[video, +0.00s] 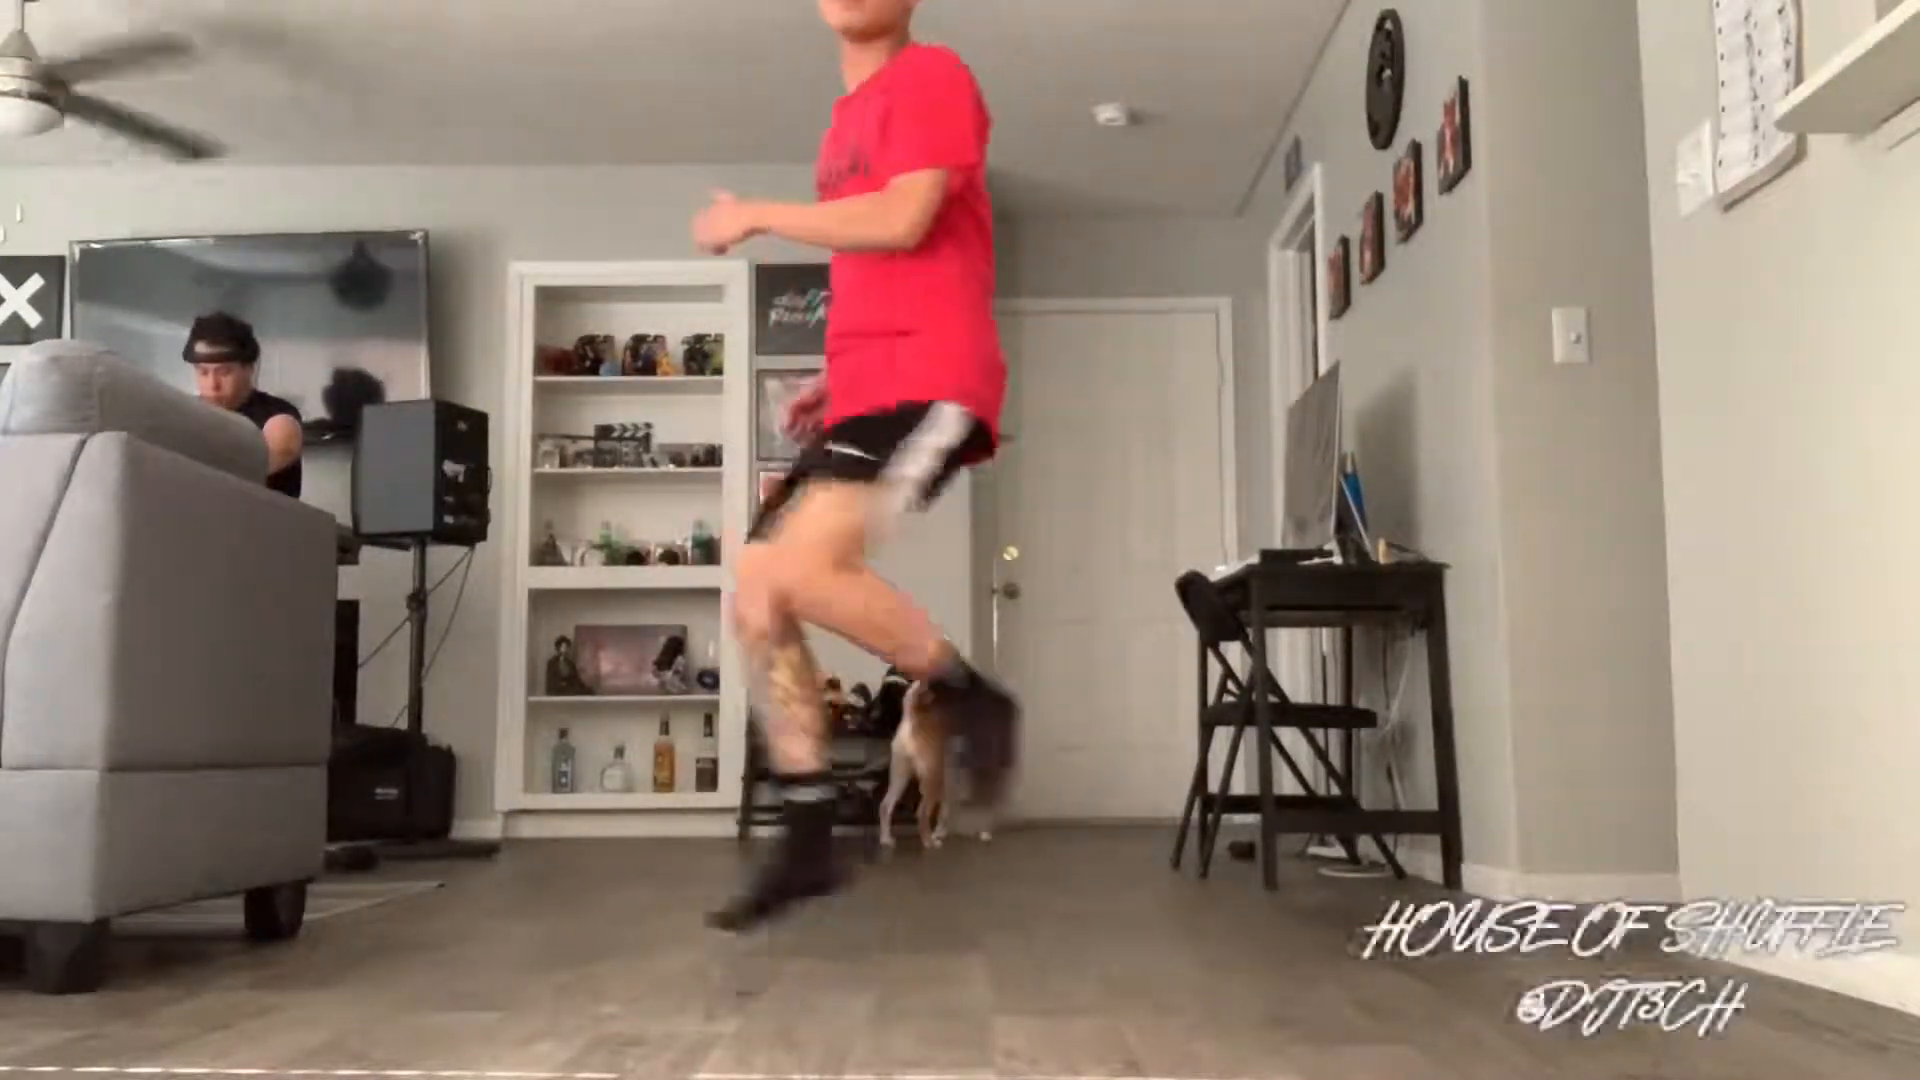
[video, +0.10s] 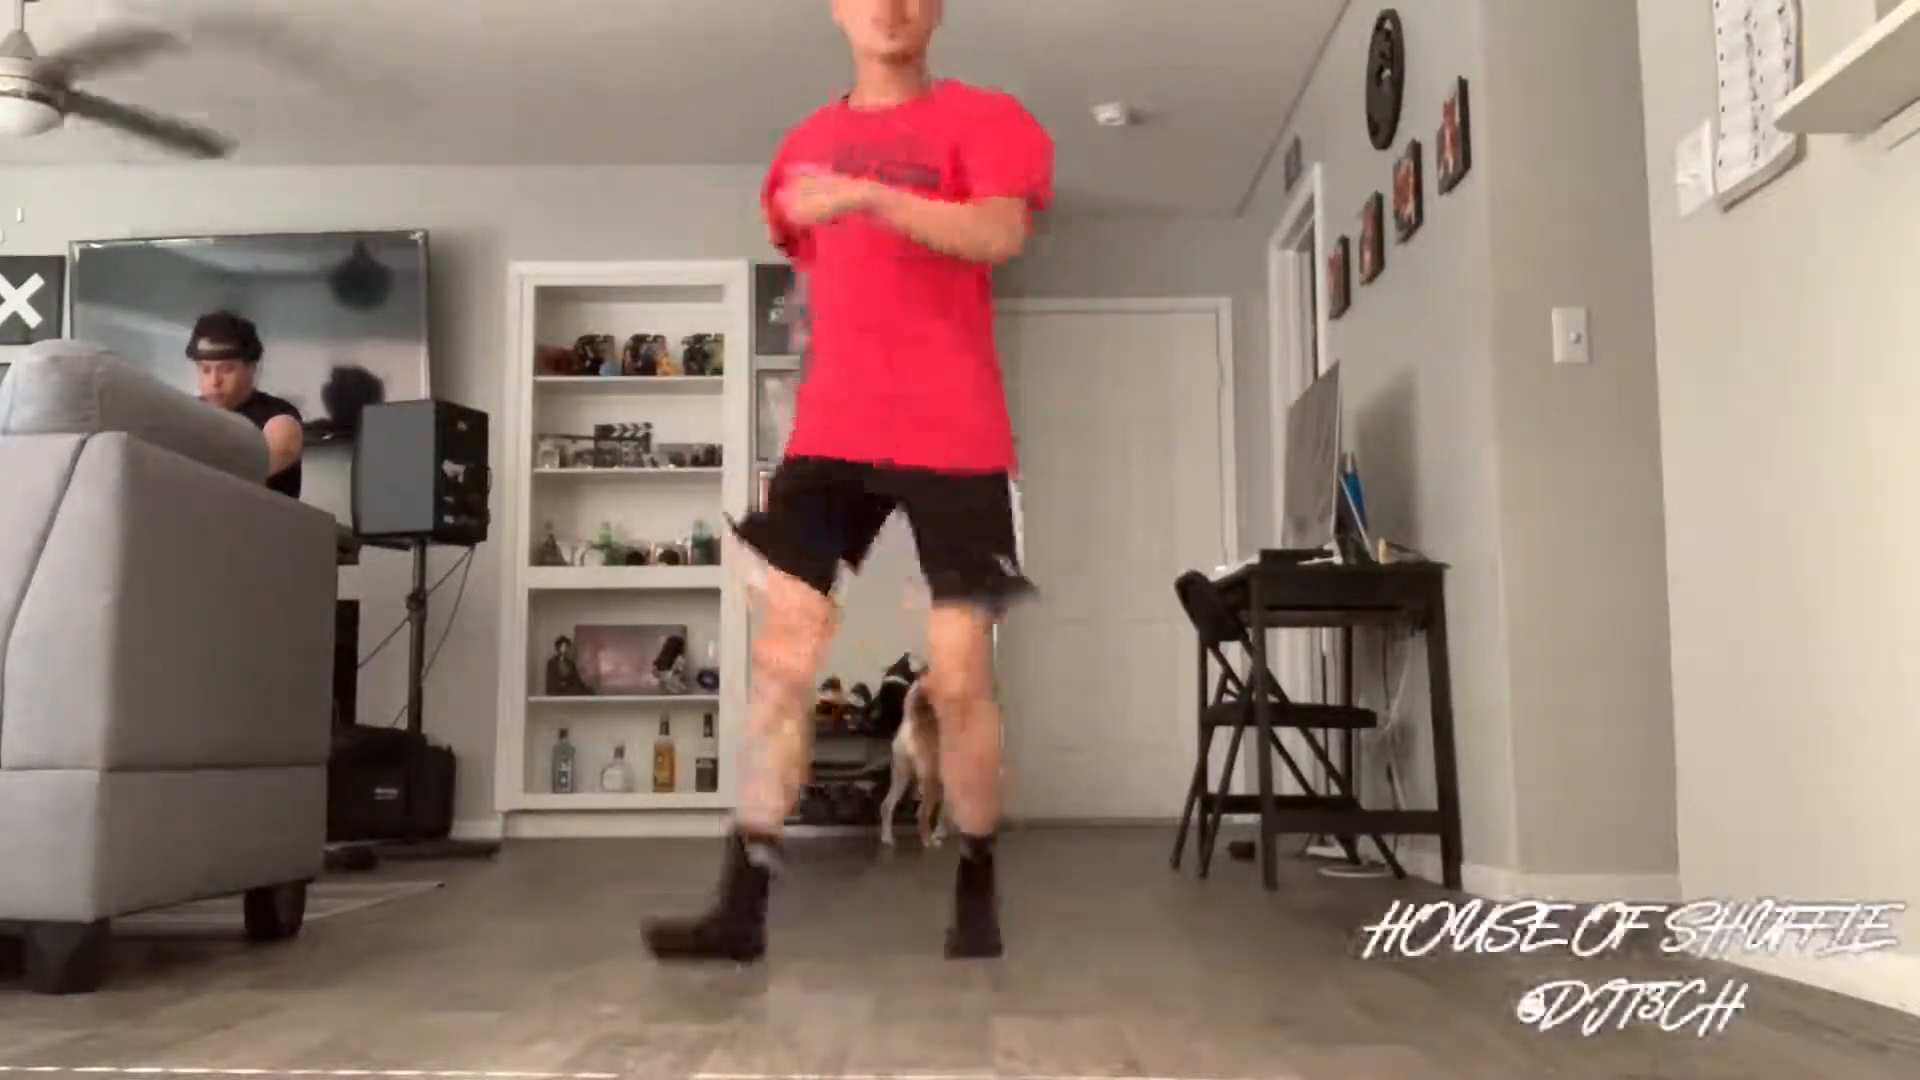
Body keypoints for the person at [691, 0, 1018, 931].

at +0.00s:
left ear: (902, 1)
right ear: (828, 9)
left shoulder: (931, 76)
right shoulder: (849, 119)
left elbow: (903, 217)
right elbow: (888, 278)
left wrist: (758, 215)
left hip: (935, 385)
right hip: (869, 396)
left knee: (806, 569)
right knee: (755, 596)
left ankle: (971, 698)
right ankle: (807, 831)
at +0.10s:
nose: (892, 7)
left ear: (936, 11)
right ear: (838, 11)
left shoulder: (987, 117)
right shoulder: (808, 145)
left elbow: (1002, 229)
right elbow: (824, 292)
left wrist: (865, 196)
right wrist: (813, 428)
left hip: (954, 438)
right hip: (833, 435)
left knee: (957, 678)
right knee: (782, 652)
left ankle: (977, 896)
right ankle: (740, 911)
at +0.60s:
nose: (972, 7)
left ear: (984, 19)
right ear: (897, 8)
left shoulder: (986, 138)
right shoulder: (846, 101)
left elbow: (980, 292)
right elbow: (781, 228)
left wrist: (1012, 431)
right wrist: (841, 212)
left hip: (991, 429)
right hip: (871, 423)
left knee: (982, 662)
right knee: (825, 679)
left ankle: (940, 938)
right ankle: (768, 890)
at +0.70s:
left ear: (973, 3)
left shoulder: (1010, 110)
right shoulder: (853, 65)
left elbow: (1016, 264)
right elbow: (807, 216)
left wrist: (1030, 396)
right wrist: (831, 278)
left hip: (993, 396)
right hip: (878, 390)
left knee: (962, 642)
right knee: (859, 643)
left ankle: (947, 928)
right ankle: (793, 858)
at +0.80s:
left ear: (979, 8)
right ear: (936, 3)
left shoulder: (1033, 112)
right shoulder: (854, 83)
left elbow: (1051, 254)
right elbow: (817, 235)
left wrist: (1079, 302)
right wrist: (805, 351)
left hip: (997, 375)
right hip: (883, 371)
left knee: (959, 632)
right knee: (941, 557)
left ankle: (940, 906)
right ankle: (843, 728)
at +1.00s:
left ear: (983, 1)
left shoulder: (1051, 92)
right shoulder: (864, 95)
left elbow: (1129, 191)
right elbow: (812, 265)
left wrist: (1170, 98)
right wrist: (769, 404)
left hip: (1023, 392)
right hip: (914, 381)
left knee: (959, 642)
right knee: (994, 579)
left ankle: (906, 875)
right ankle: (990, 828)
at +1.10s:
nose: (993, 13)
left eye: (1002, 2)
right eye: (969, 0)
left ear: (1012, 24)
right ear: (915, 18)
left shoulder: (1051, 149)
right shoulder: (872, 154)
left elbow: (1174, 187)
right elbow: (803, 308)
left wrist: (1198, 62)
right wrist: (753, 445)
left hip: (1042, 449)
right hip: (938, 446)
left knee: (967, 678)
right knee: (1015, 663)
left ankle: (916, 888)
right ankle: (1019, 932)